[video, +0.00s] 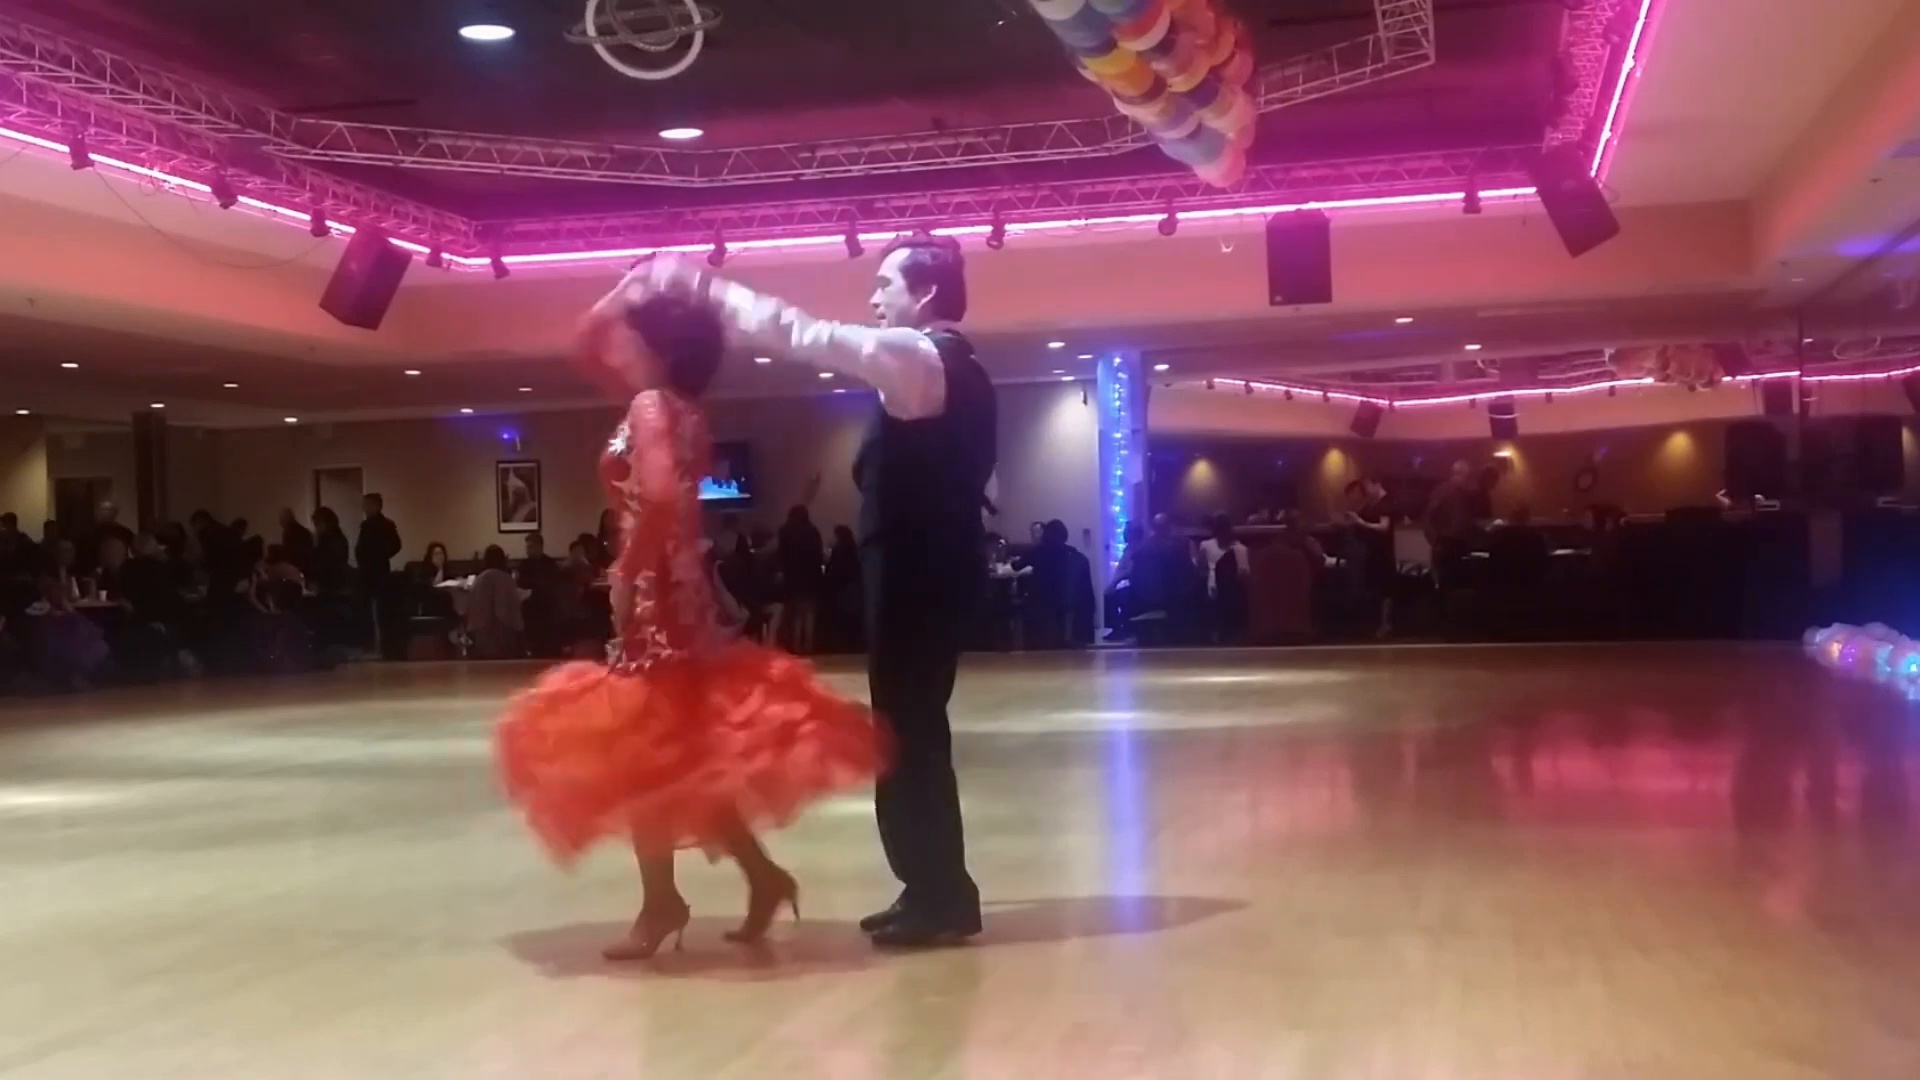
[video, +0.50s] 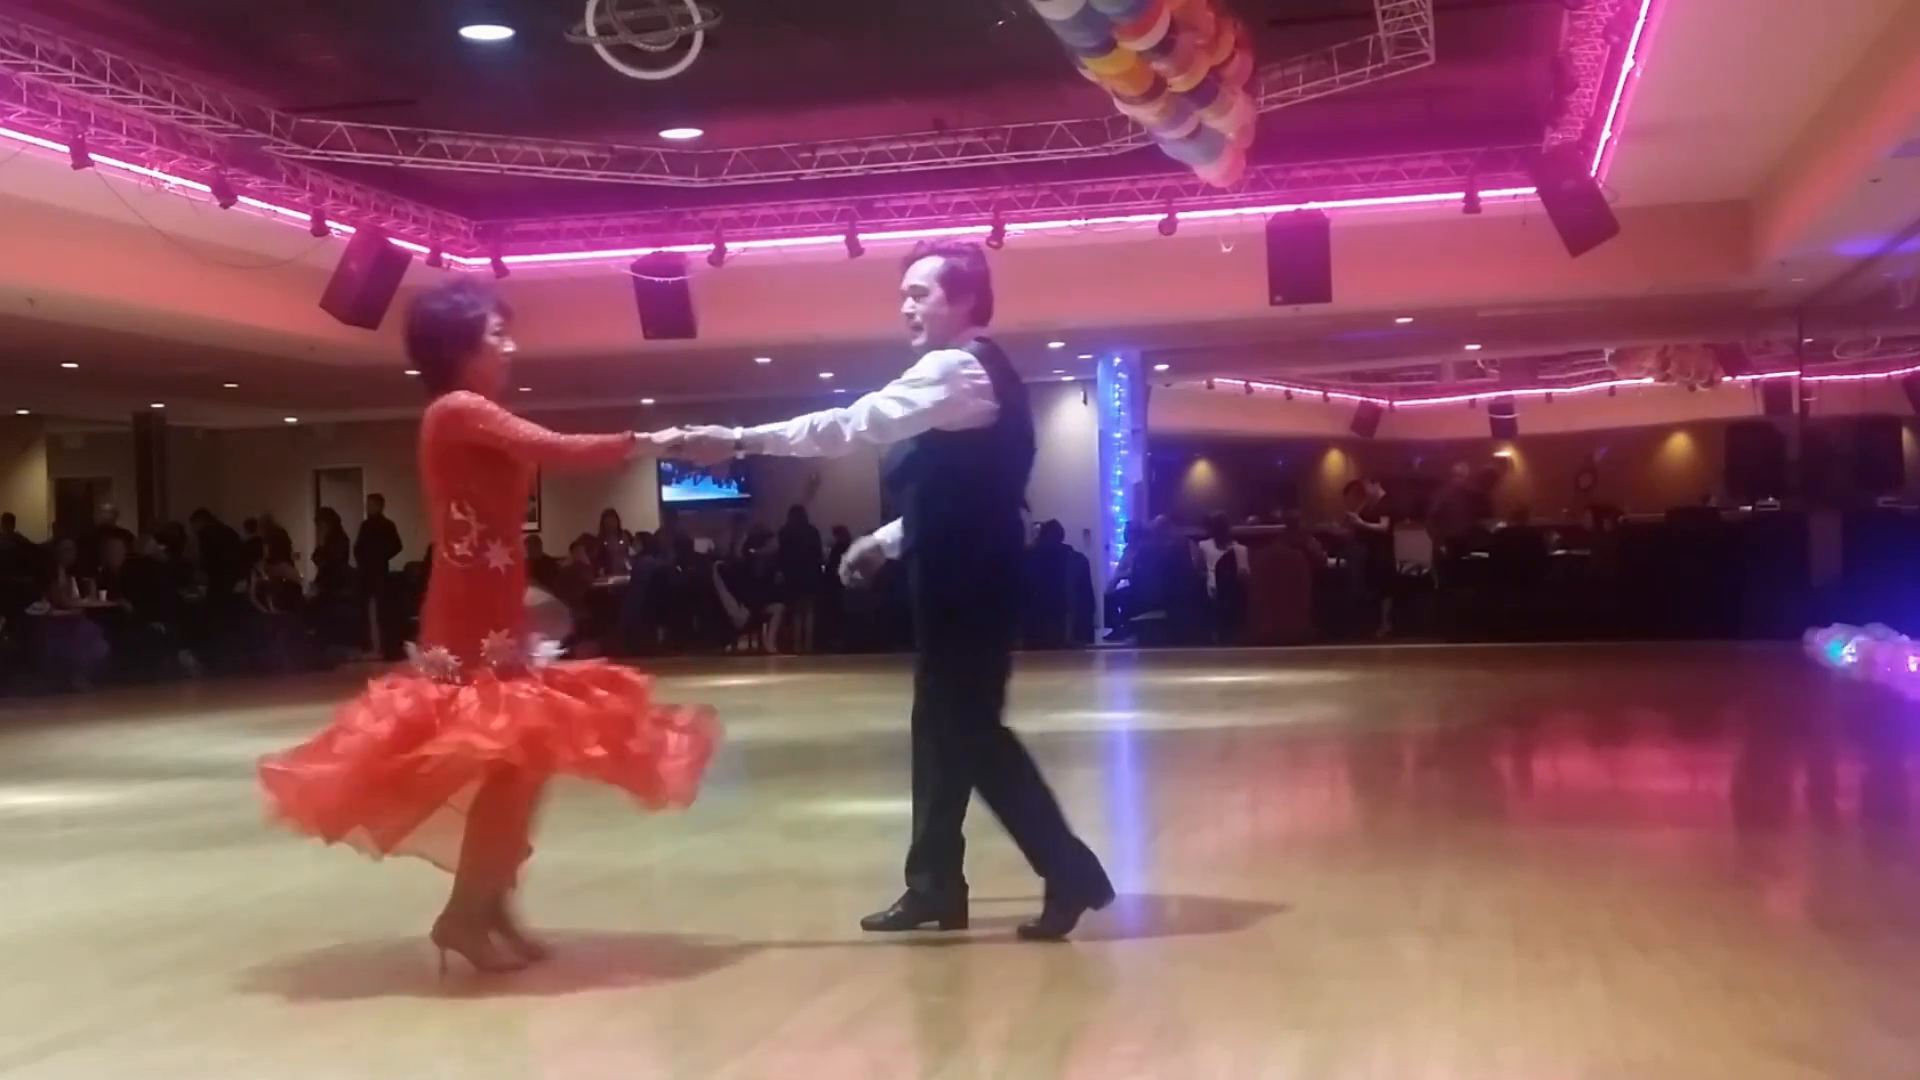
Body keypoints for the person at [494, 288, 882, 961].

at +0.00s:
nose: (622, 348)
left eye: (630, 338)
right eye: (623, 336)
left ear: (654, 348)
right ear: (678, 350)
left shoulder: (651, 406)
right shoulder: (676, 408)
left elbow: (659, 497)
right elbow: (593, 347)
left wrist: (631, 575)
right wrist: (626, 291)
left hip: (656, 597)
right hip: (677, 593)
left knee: (641, 753)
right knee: (683, 753)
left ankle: (660, 899)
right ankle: (763, 875)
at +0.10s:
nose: (602, 351)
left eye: (617, 339)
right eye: (597, 341)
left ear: (650, 349)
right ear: (593, 353)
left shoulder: (656, 411)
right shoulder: (593, 412)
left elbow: (701, 502)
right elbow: (531, 365)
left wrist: (647, 571)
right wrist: (589, 337)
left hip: (639, 605)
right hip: (598, 602)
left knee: (632, 754)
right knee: (622, 748)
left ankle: (661, 896)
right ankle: (690, 846)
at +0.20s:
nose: (581, 340)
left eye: (595, 328)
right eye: (571, 328)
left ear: (621, 338)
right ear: (553, 337)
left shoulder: (643, 408)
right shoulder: (540, 408)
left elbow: (701, 497)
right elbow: (520, 384)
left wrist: (655, 569)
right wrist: (597, 377)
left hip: (618, 590)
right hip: (552, 589)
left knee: (637, 744)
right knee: (558, 748)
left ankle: (657, 899)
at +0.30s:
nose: (556, 337)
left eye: (566, 327)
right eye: (541, 326)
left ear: (583, 342)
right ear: (513, 338)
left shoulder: (603, 416)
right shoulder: (496, 404)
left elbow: (637, 503)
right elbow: (535, 423)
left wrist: (640, 560)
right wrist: (609, 425)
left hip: (592, 597)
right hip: (523, 599)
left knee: (626, 737)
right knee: (530, 756)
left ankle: (638, 898)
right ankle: (475, 905)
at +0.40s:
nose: (537, 343)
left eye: (539, 331)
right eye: (521, 332)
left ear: (540, 341)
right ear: (482, 343)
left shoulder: (537, 419)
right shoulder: (470, 409)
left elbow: (553, 524)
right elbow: (546, 455)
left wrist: (595, 576)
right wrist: (653, 446)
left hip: (548, 606)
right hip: (496, 610)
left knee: (583, 747)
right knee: (511, 767)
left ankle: (583, 894)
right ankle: (462, 913)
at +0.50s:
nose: (510, 345)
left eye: (506, 332)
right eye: (498, 333)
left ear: (463, 344)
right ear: (461, 344)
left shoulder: (473, 413)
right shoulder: (458, 412)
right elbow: (557, 449)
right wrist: (655, 443)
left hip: (490, 607)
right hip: (474, 612)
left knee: (525, 754)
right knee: (511, 758)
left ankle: (492, 898)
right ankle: (464, 913)